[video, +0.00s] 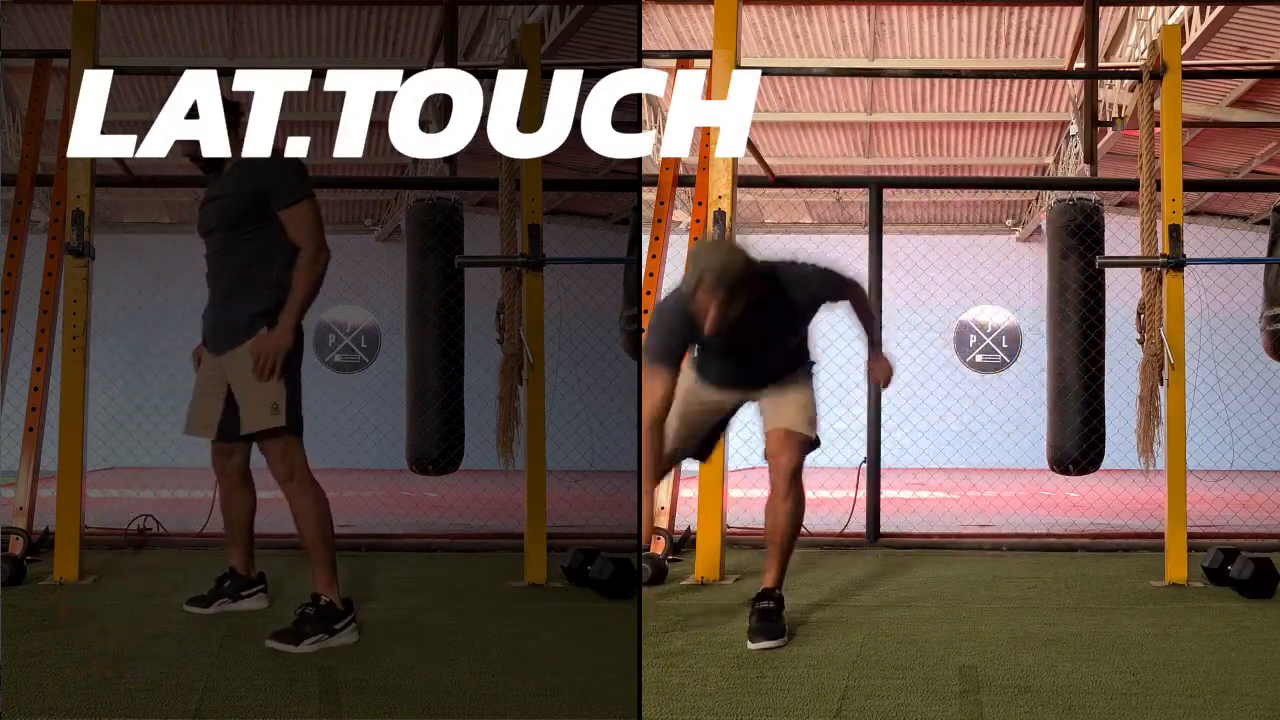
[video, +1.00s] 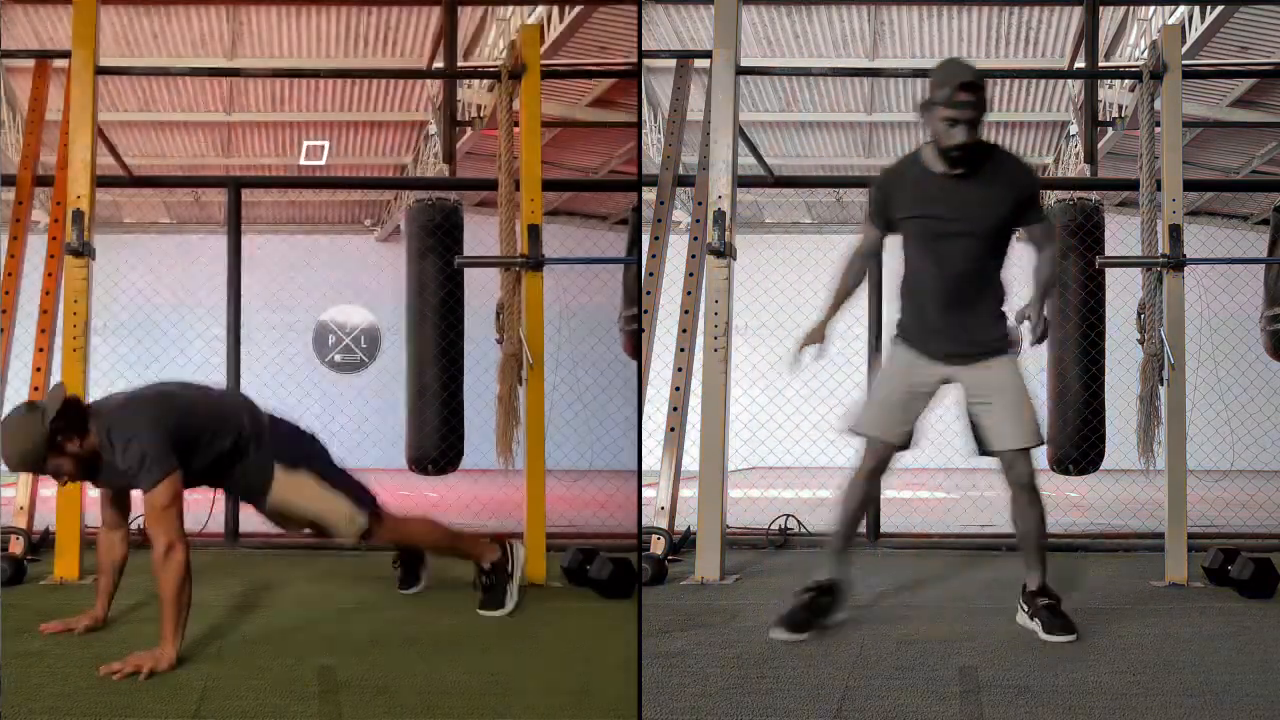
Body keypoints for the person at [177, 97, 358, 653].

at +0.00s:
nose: (196, 140)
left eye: (204, 126)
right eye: (194, 130)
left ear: (233, 121)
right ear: (202, 134)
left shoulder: (276, 168)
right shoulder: (216, 185)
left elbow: (314, 251)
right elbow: (229, 274)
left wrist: (285, 328)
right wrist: (210, 339)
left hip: (266, 336)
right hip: (221, 342)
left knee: (287, 464)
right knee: (227, 460)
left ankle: (331, 602)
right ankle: (242, 576)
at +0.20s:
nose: (165, 154)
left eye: (166, 139)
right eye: (158, 144)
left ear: (194, 125)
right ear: (177, 137)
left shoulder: (255, 168)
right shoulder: (206, 188)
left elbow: (289, 252)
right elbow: (218, 277)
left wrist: (266, 332)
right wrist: (193, 345)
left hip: (271, 337)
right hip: (229, 340)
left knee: (288, 462)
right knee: (226, 456)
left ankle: (330, 600)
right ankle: (242, 577)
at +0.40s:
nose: (115, 246)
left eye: (117, 233)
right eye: (109, 237)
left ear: (144, 218)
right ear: (123, 231)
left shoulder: (202, 246)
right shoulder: (159, 265)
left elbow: (238, 336)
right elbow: (167, 351)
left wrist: (219, 427)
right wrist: (152, 430)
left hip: (306, 341)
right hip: (258, 348)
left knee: (282, 461)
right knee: (214, 459)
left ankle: (329, 603)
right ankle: (240, 575)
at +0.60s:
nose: (110, 405)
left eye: (109, 395)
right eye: (103, 398)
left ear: (128, 376)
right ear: (123, 378)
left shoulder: (185, 371)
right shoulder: (139, 382)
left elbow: (182, 486)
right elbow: (125, 480)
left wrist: (158, 586)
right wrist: (93, 567)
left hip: (312, 360)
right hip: (260, 372)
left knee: (272, 468)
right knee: (216, 463)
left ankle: (328, 603)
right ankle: (242, 578)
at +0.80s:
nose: (110, 493)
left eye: (106, 485)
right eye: (101, 491)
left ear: (117, 461)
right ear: (103, 455)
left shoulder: (162, 438)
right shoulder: (117, 430)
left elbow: (184, 551)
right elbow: (121, 529)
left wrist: (169, 648)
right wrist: (98, 612)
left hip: (283, 344)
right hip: (241, 369)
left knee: (329, 473)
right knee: (273, 472)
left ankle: (430, 549)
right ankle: (350, 527)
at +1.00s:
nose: (54, 478)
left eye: (51, 468)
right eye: (46, 472)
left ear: (71, 439)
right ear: (65, 440)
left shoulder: (140, 438)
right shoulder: (99, 441)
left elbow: (171, 546)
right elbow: (113, 527)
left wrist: (169, 647)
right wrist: (98, 610)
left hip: (263, 449)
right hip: (235, 464)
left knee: (367, 523)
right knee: (318, 519)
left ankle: (488, 551)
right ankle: (404, 541)